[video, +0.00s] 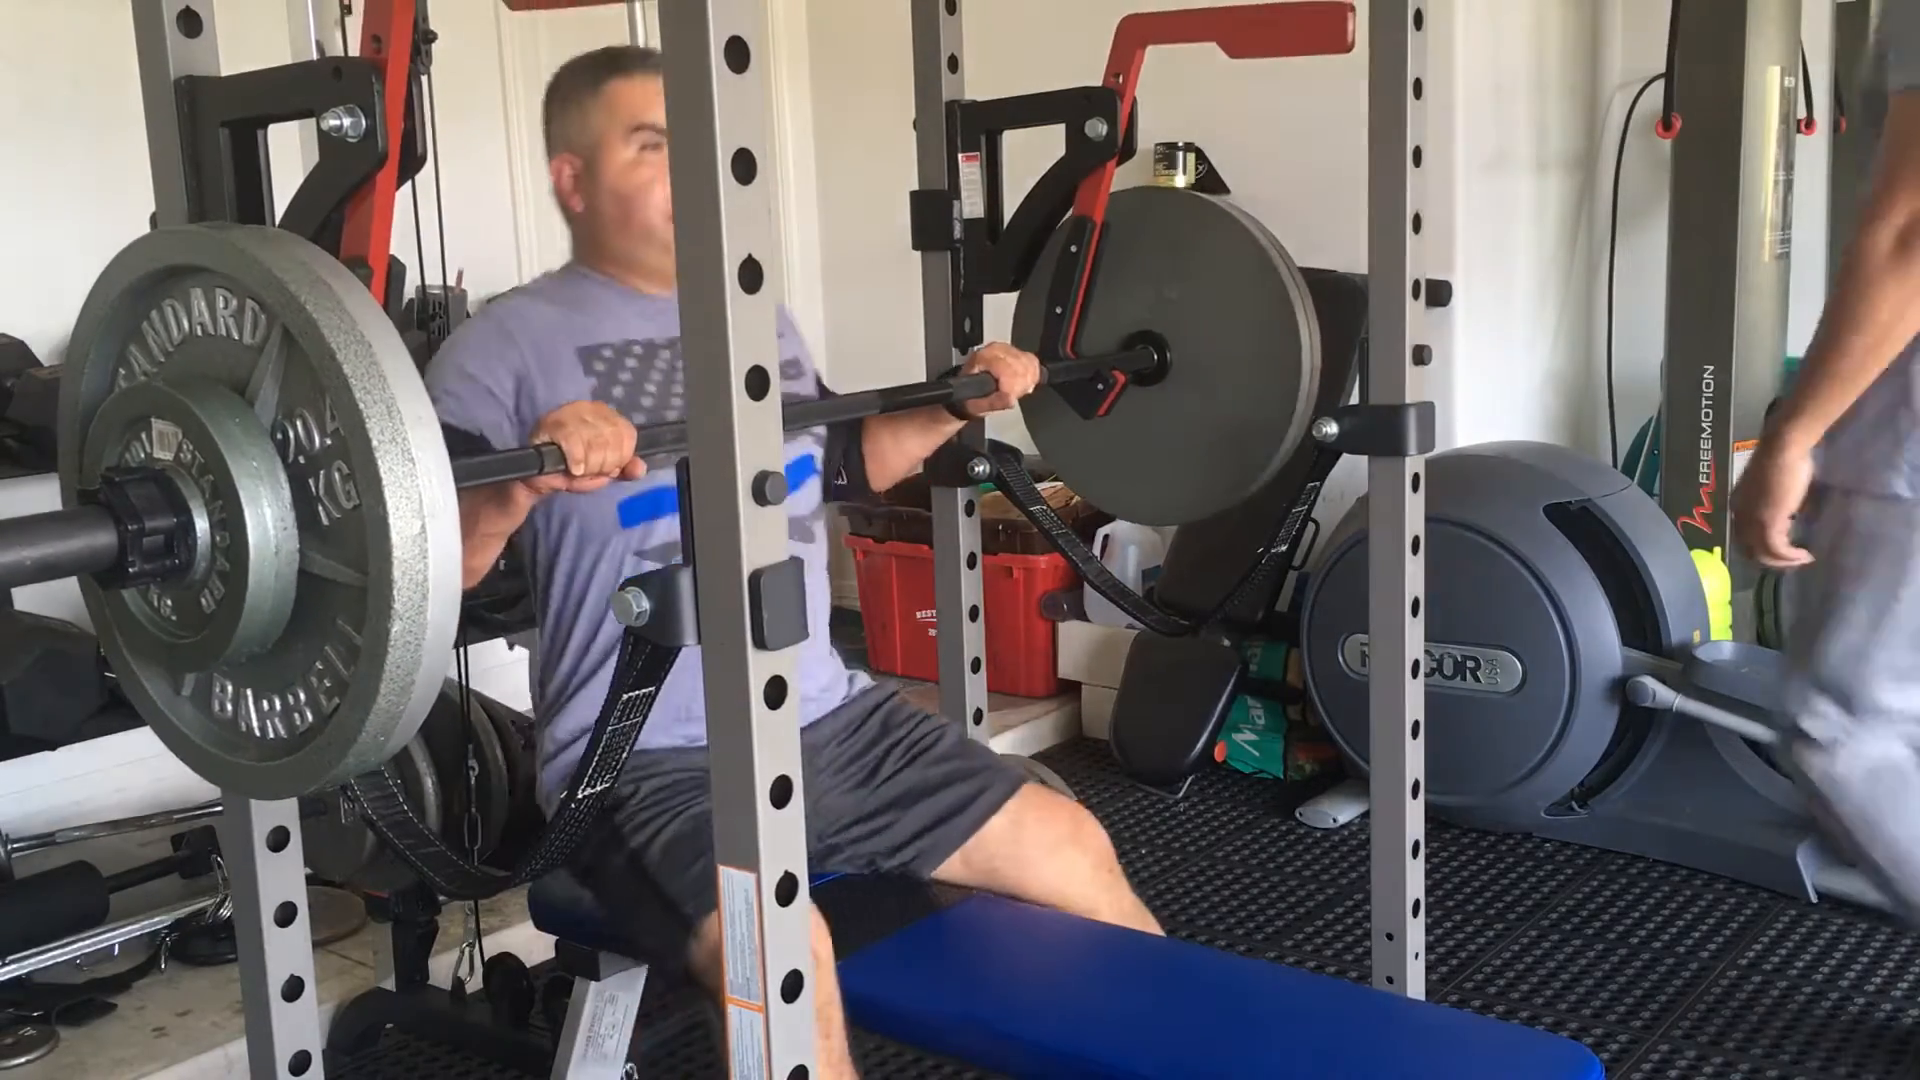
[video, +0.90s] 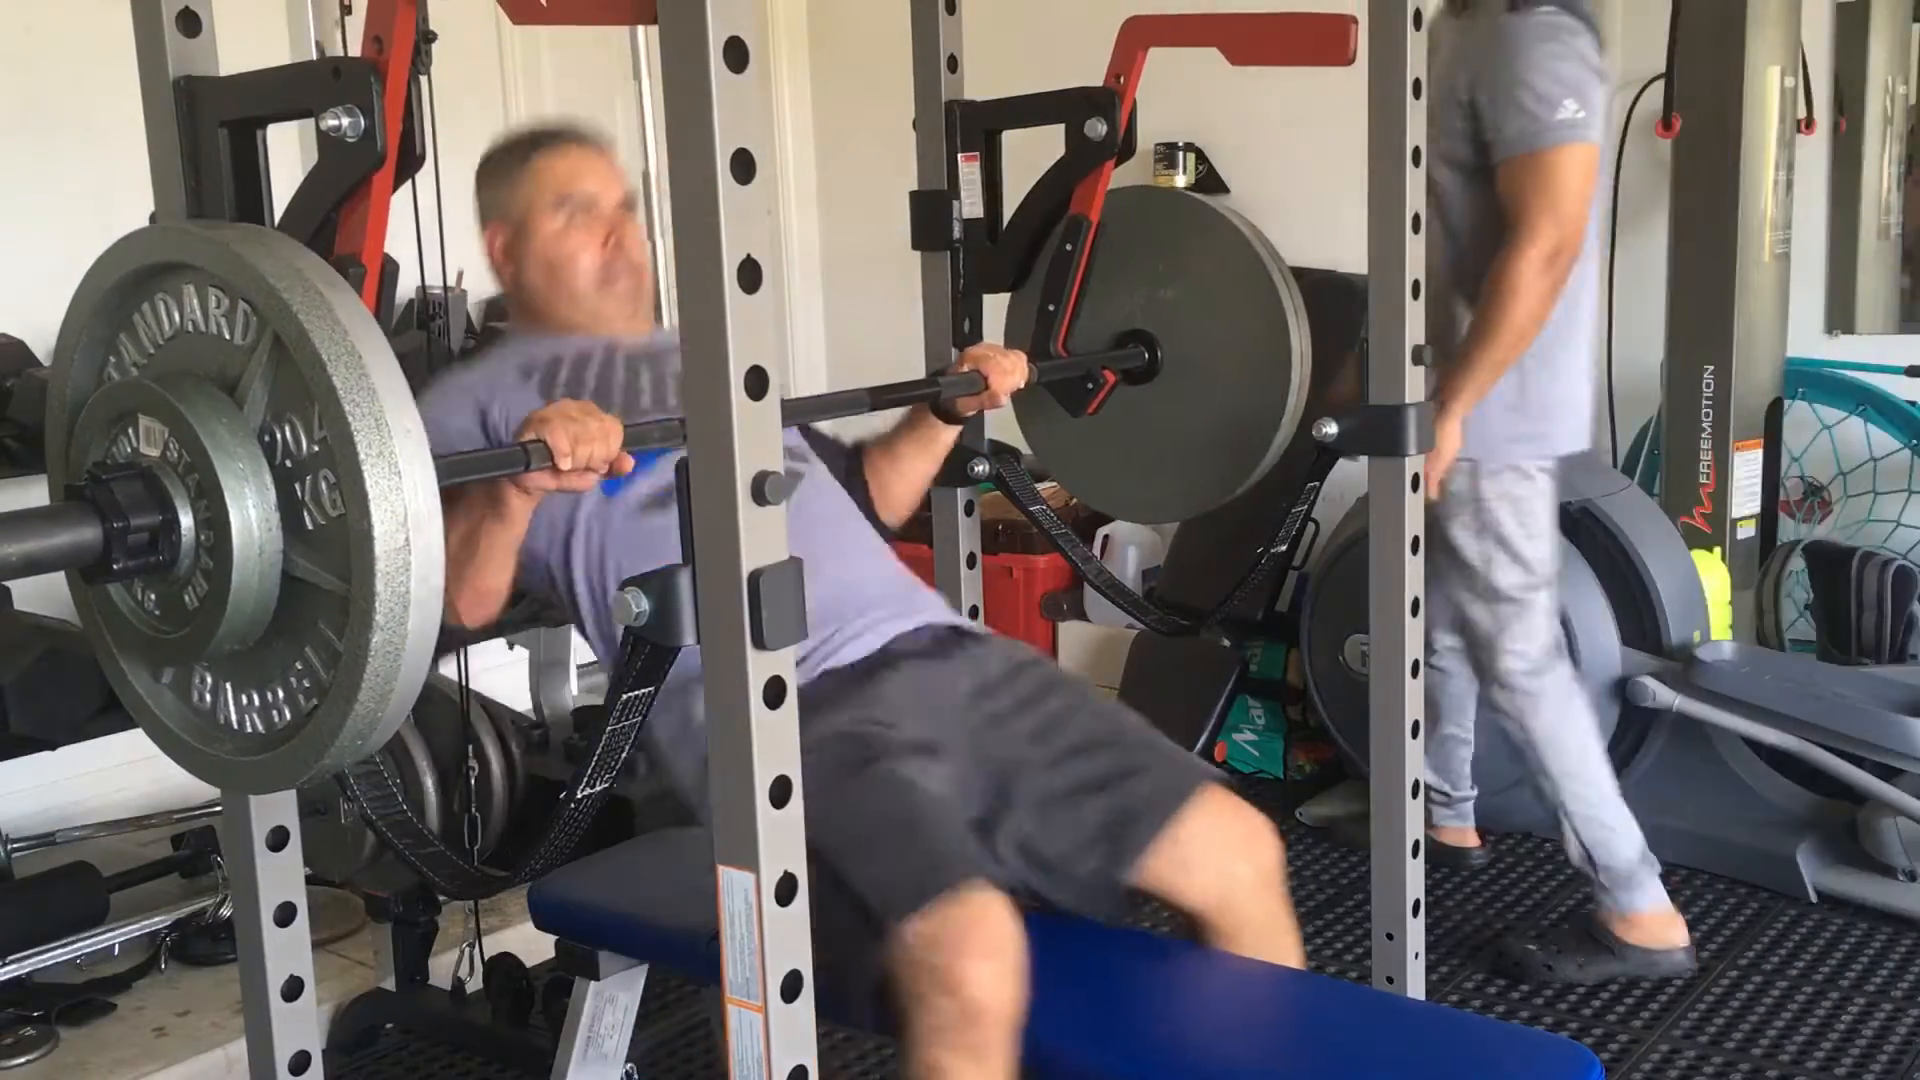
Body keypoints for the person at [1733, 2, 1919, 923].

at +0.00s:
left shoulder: (1900, 50)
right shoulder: (1892, 56)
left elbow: (1900, 232)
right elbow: (1898, 232)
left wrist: (1794, 428)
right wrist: (1799, 429)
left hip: (1898, 463)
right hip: (1883, 463)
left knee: (1851, 727)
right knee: (1859, 726)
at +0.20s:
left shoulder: (1867, 10)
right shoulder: (1864, 21)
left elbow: (1889, 223)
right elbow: (1886, 224)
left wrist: (1817, 440)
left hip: (1815, 432)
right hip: (1892, 437)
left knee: (1722, 683)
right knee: (1912, 679)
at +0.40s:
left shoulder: (1750, 19)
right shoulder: (1828, 23)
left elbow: (1776, 252)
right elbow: (1813, 247)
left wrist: (1735, 467)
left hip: (1687, 437)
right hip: (1808, 435)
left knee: (1619, 681)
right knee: (1777, 668)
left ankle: (1642, 931)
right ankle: (1900, 865)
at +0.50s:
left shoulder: (1696, 22)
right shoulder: (1757, 22)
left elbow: (1714, 237)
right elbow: (1743, 235)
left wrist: (1644, 438)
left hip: (1655, 428)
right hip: (1734, 424)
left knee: (1607, 683)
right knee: (1670, 637)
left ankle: (1643, 932)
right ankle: (1851, 839)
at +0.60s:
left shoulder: (1654, 15)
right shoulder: (1680, 19)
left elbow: (1659, 226)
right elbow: (1666, 228)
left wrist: (1557, 408)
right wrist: (1560, 397)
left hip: (1624, 417)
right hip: (1645, 408)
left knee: (1598, 675)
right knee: (1551, 594)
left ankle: (1644, 931)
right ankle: (1693, 810)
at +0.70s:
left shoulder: (1617, 16)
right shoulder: (1595, 17)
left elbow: (1617, 221)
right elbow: (1612, 225)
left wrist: (1492, 379)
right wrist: (1510, 392)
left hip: (1583, 409)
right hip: (1558, 404)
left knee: (1590, 665)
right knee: (1504, 600)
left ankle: (1647, 928)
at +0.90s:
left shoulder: (1531, 35)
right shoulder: (1475, 33)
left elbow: (1546, 240)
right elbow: (1454, 237)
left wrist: (1450, 408)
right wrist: (1375, 365)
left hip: (1504, 420)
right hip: (1466, 412)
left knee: (1518, 655)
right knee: (1437, 621)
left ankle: (1642, 910)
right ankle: (1442, 808)